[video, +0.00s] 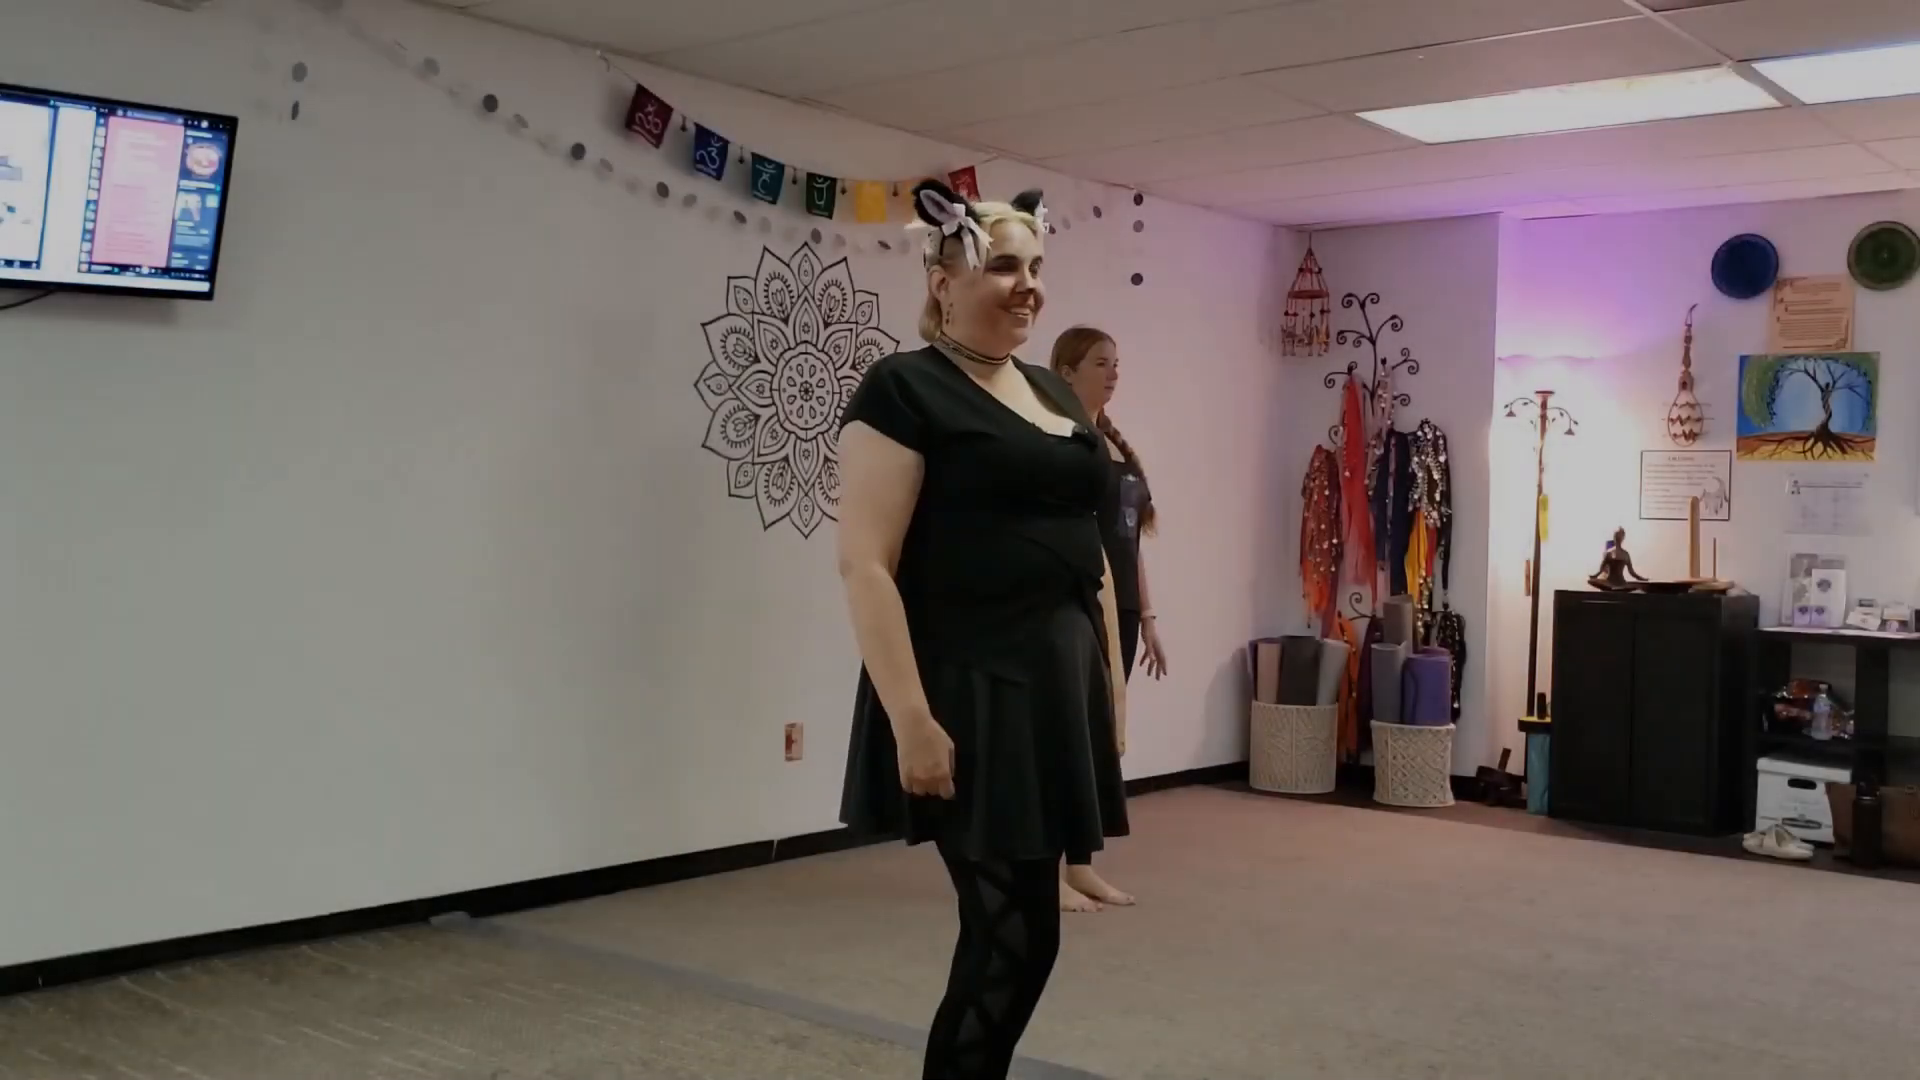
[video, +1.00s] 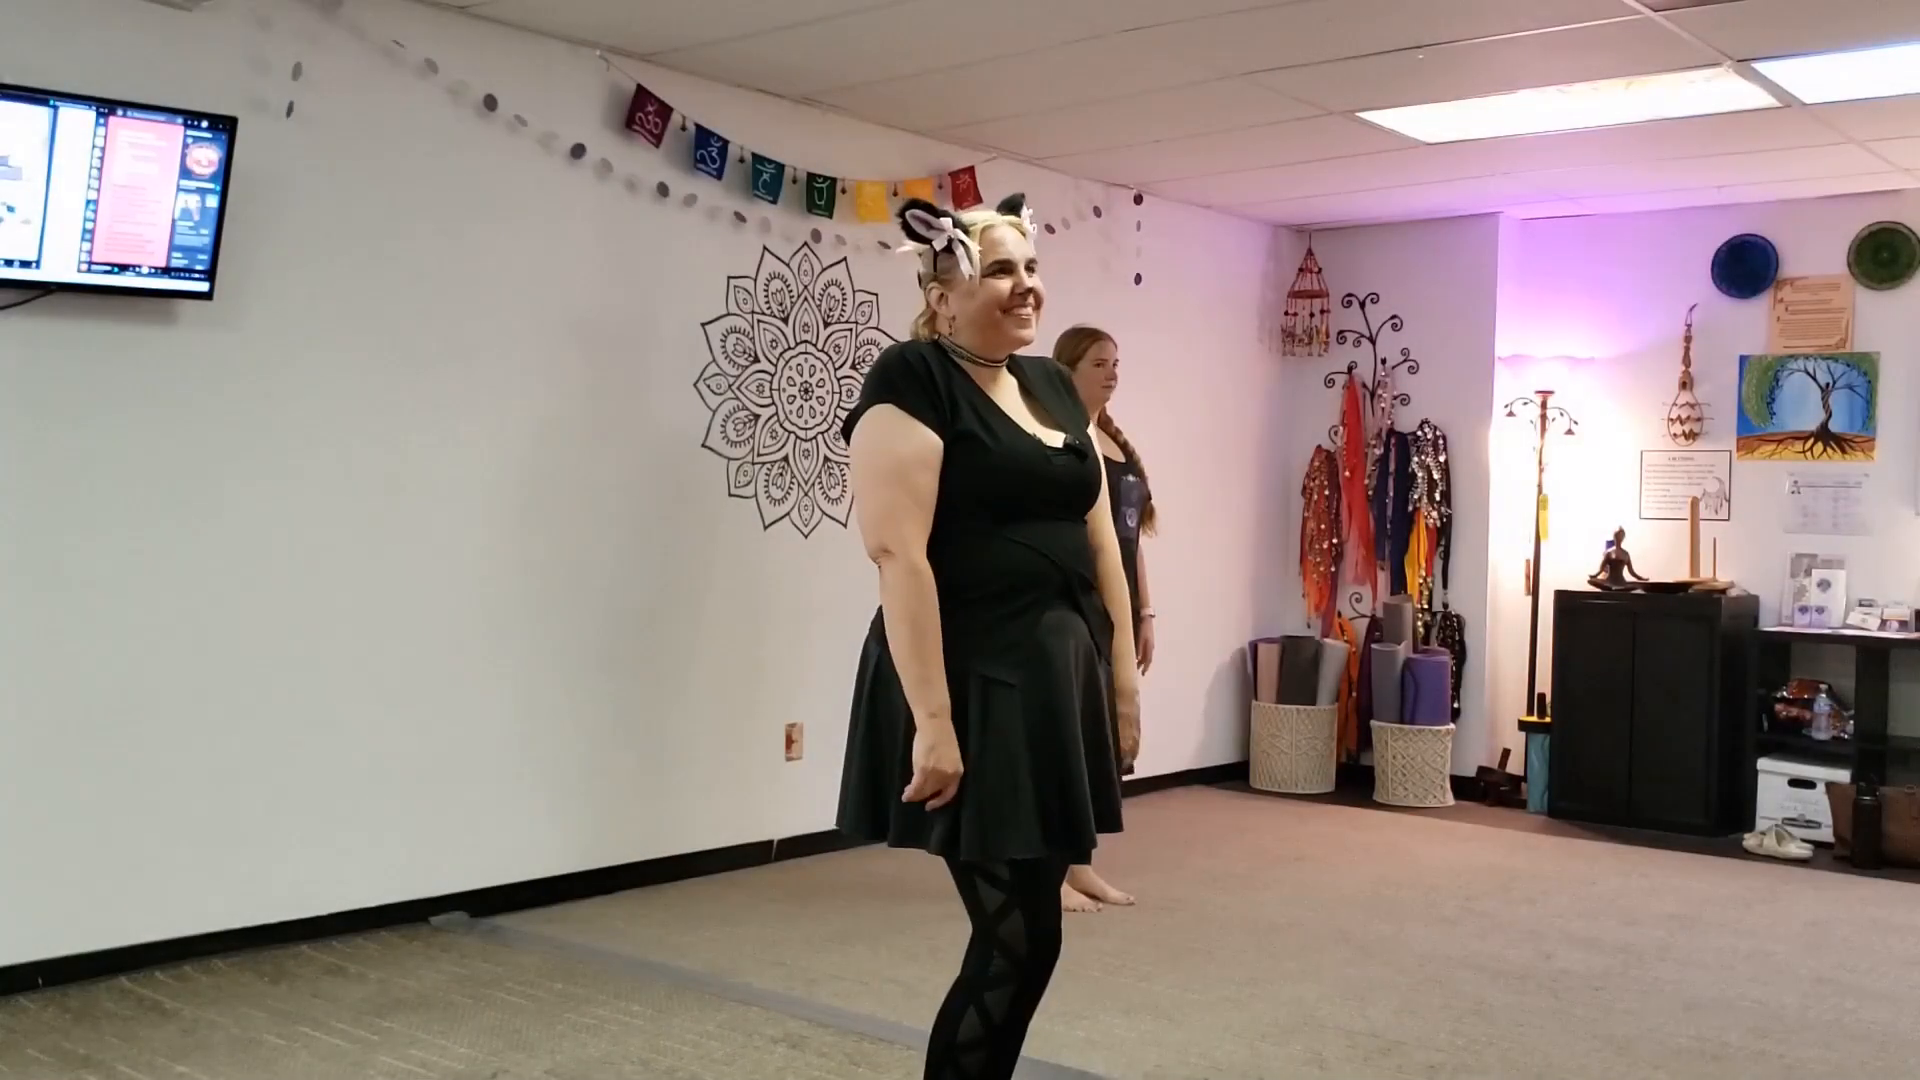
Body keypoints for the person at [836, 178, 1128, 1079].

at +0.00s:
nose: (1028, 283)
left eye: (1036, 268)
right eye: (1004, 264)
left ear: (1043, 283)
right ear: (941, 282)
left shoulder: (1053, 394)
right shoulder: (902, 388)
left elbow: (1092, 555)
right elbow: (863, 564)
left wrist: (1112, 681)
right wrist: (910, 721)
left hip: (1055, 690)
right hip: (959, 692)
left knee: (1015, 938)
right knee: (1015, 940)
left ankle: (967, 1072)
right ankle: (955, 1070)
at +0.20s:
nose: (1025, 280)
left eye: (1032, 264)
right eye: (998, 264)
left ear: (1040, 281)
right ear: (940, 289)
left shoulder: (1049, 391)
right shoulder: (900, 385)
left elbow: (1093, 541)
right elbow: (868, 562)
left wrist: (1116, 667)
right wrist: (904, 725)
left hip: (1055, 686)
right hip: (960, 689)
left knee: (1018, 938)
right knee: (1015, 940)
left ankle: (969, 1070)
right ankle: (955, 1069)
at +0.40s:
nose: (1016, 282)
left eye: (1025, 267)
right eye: (989, 269)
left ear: (1036, 284)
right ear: (939, 296)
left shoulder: (1049, 382)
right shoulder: (911, 374)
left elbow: (1100, 530)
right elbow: (889, 546)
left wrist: (1122, 662)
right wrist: (934, 713)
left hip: (1058, 679)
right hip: (967, 687)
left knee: (1023, 938)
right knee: (1016, 942)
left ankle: (972, 1072)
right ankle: (956, 1072)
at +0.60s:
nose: (1017, 278)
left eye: (1023, 264)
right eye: (989, 266)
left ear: (1034, 281)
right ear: (938, 296)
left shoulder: (1052, 381)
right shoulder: (909, 378)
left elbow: (1101, 526)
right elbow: (895, 550)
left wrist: (1124, 660)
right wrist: (934, 713)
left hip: (1059, 680)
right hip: (966, 688)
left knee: (1019, 934)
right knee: (1018, 940)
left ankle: (969, 1068)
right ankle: (956, 1071)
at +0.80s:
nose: (1019, 281)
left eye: (1026, 266)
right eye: (993, 268)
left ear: (1036, 283)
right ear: (939, 296)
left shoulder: (1052, 382)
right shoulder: (909, 378)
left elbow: (1103, 534)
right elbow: (895, 550)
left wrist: (1124, 673)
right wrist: (939, 714)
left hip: (1059, 678)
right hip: (967, 687)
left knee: (1020, 934)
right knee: (1018, 940)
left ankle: (970, 1067)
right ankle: (958, 1069)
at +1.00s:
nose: (1027, 284)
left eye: (1031, 269)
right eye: (1000, 271)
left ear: (1039, 282)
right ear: (941, 298)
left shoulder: (1051, 386)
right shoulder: (910, 379)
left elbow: (1102, 535)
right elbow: (897, 554)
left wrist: (1124, 675)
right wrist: (931, 720)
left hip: (1060, 683)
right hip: (968, 689)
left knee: (1021, 937)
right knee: (1019, 941)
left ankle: (969, 1069)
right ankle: (957, 1072)